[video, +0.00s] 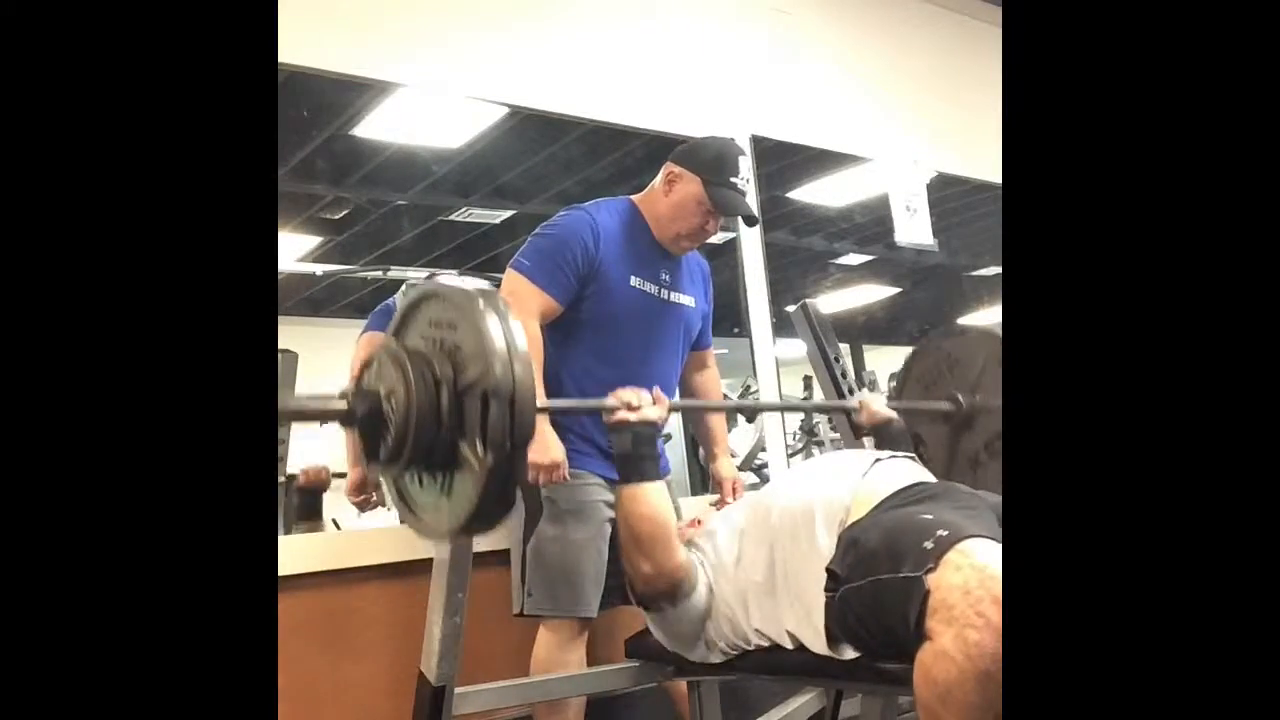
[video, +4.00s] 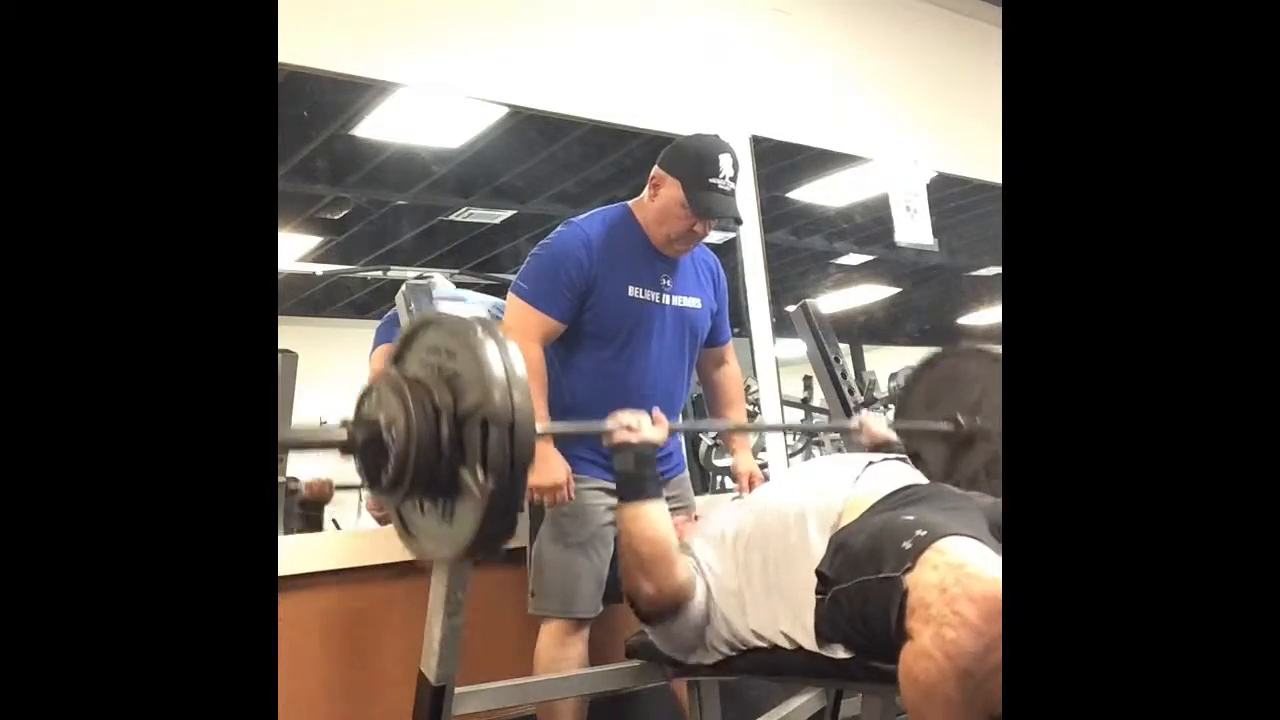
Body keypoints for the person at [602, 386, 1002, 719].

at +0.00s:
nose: (688, 519)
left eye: (687, 511)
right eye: (674, 526)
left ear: (706, 505)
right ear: (665, 554)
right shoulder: (689, 602)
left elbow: (898, 489)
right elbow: (655, 570)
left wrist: (887, 433)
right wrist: (636, 440)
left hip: (944, 494)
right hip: (866, 532)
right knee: (983, 592)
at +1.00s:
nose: (683, 512)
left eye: (679, 507)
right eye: (664, 519)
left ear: (693, 509)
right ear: (644, 579)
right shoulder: (692, 606)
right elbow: (658, 566)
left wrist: (891, 441)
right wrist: (637, 442)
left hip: (944, 496)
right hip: (861, 537)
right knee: (979, 590)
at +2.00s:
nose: (680, 506)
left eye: (676, 502)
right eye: (664, 517)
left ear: (693, 504)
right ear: (652, 559)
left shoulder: (761, 500)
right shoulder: (693, 609)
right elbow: (658, 578)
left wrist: (890, 440)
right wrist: (636, 456)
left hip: (951, 490)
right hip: (870, 530)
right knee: (976, 596)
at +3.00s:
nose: (677, 509)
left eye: (674, 506)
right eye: (662, 519)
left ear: (688, 511)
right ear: (657, 549)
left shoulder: (761, 504)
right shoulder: (692, 608)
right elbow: (655, 574)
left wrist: (886, 444)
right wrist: (633, 451)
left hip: (941, 493)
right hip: (862, 533)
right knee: (977, 598)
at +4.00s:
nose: (680, 510)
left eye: (679, 506)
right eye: (665, 517)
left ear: (692, 511)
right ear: (662, 543)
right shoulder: (691, 602)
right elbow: (653, 586)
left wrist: (884, 447)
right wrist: (637, 462)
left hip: (956, 496)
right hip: (871, 526)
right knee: (977, 604)